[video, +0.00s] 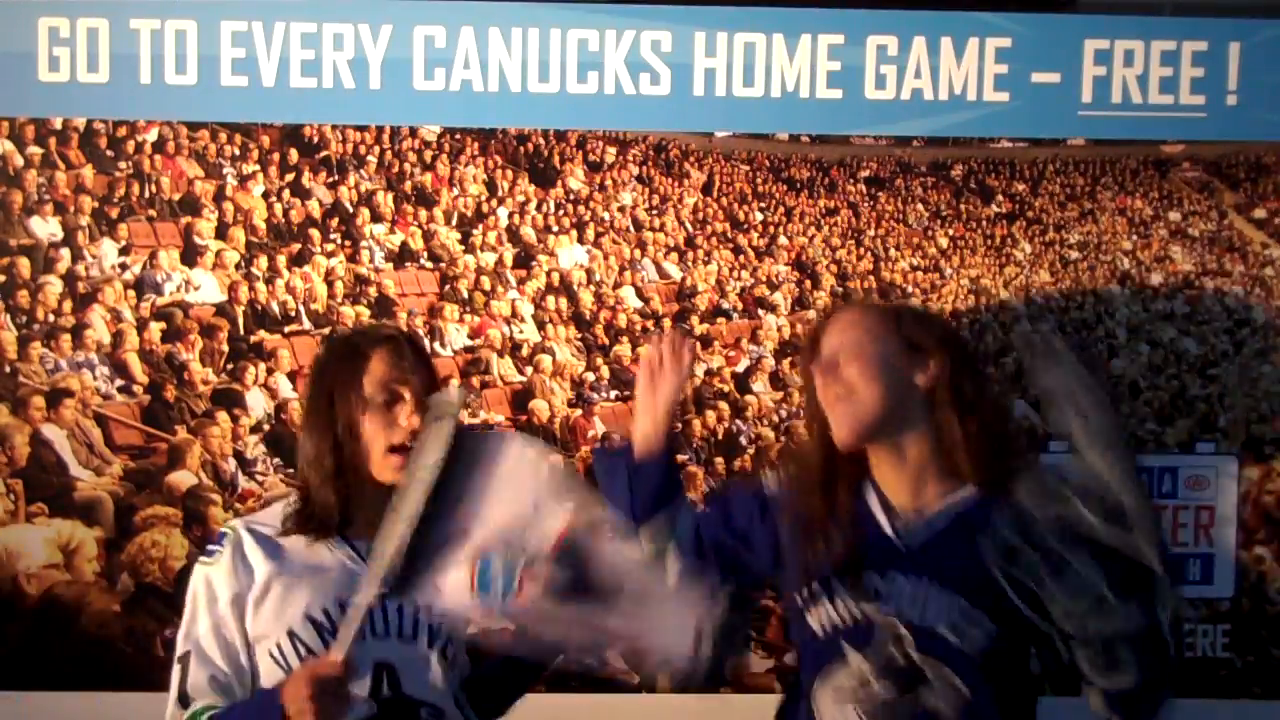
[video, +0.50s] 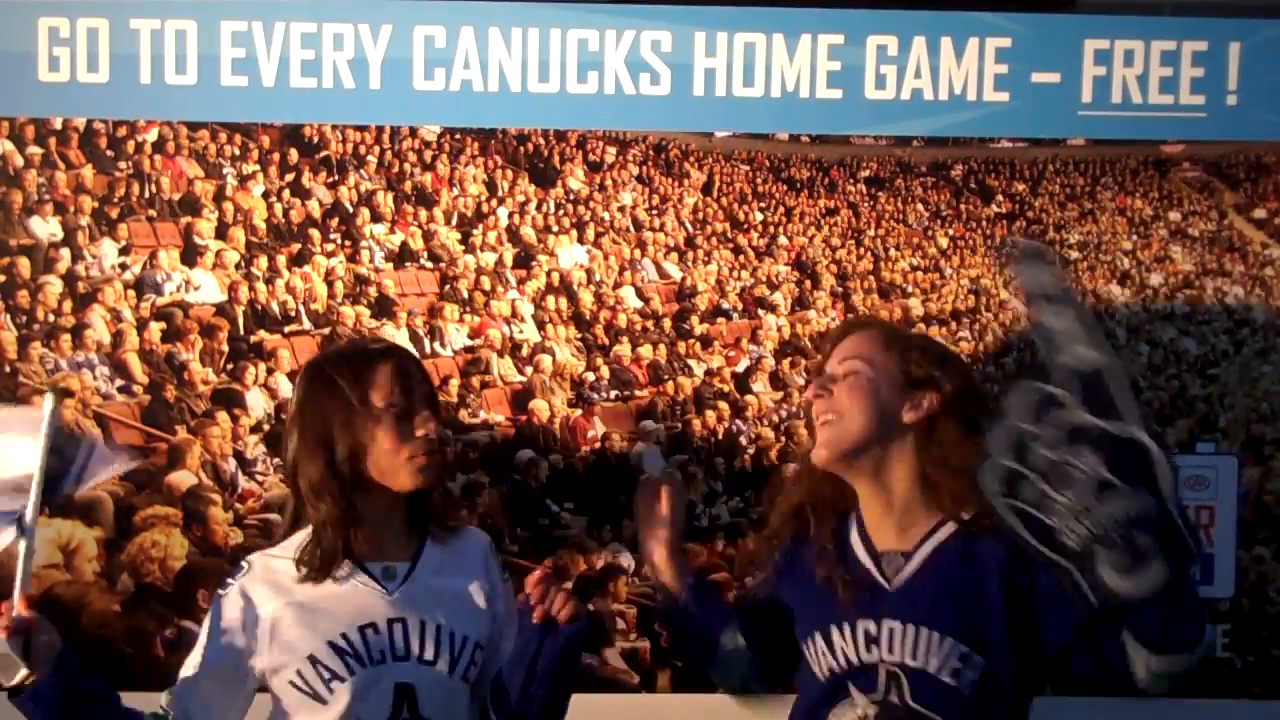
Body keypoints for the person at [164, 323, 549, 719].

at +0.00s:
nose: (414, 422)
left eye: (421, 403)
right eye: (389, 401)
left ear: (431, 413)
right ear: (337, 414)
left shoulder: (450, 552)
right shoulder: (245, 560)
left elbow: (478, 703)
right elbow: (196, 710)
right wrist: (277, 704)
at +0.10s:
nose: (406, 412)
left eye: (415, 393)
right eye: (377, 393)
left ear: (429, 408)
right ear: (319, 410)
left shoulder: (443, 549)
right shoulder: (240, 560)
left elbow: (458, 699)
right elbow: (194, 705)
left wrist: (543, 629)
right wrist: (218, 713)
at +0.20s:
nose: (408, 415)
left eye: (409, 397)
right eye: (375, 402)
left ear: (421, 406)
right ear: (318, 425)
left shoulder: (453, 556)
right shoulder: (241, 580)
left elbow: (477, 707)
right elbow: (198, 715)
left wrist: (546, 638)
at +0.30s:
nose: (411, 407)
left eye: (411, 387)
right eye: (382, 392)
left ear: (422, 397)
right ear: (322, 416)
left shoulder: (465, 544)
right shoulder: (251, 560)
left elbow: (492, 705)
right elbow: (211, 714)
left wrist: (560, 644)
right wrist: (99, 704)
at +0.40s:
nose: (419, 419)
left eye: (420, 397)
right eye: (389, 402)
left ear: (432, 407)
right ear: (327, 424)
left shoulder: (468, 553)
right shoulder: (256, 568)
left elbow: (497, 710)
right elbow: (203, 719)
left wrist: (562, 644)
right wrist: (67, 686)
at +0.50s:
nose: (431, 424)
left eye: (430, 404)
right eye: (399, 409)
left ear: (436, 415)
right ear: (337, 435)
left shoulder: (474, 558)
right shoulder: (261, 591)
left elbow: (515, 710)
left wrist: (548, 639)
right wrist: (58, 673)